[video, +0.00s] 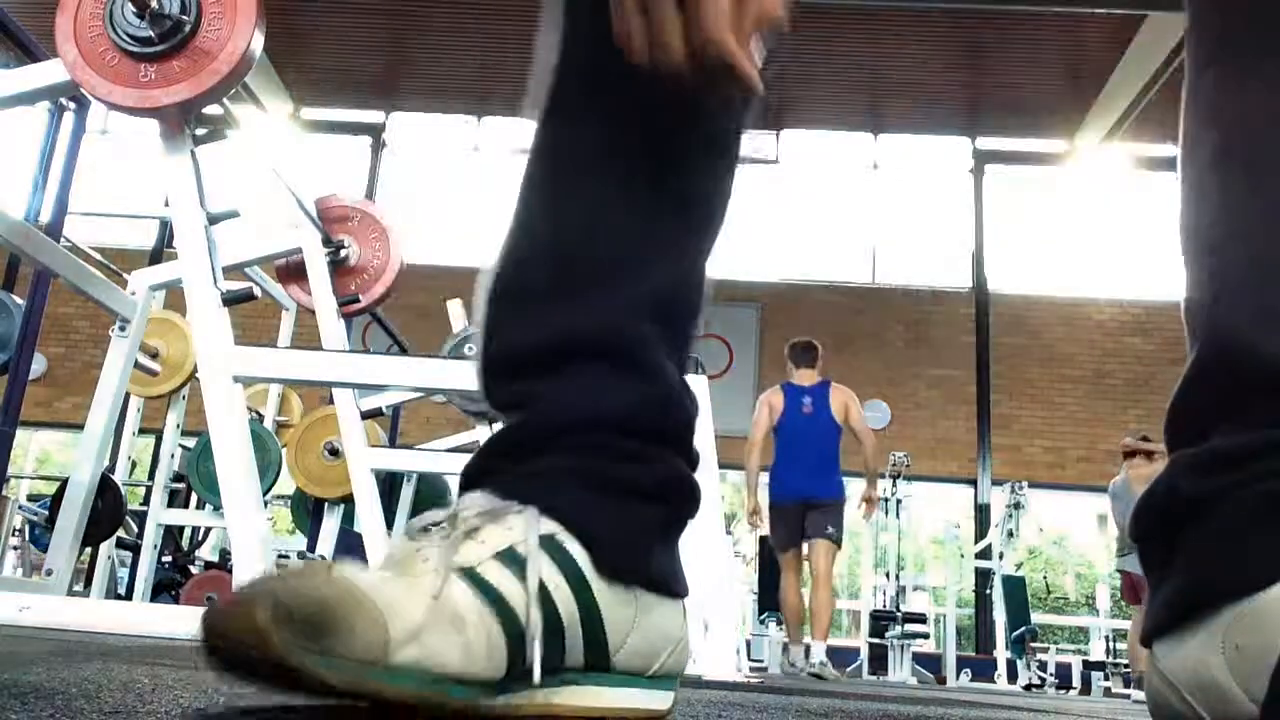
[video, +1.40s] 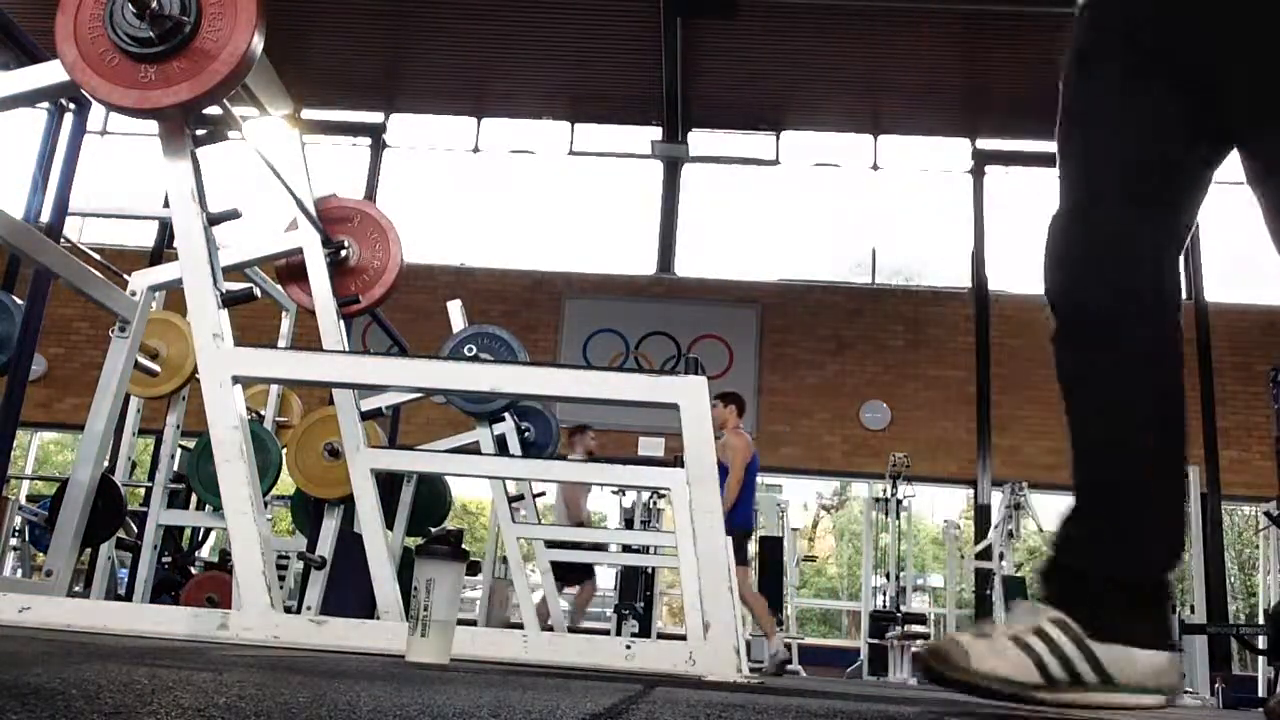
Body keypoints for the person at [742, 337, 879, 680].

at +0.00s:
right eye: (820, 361)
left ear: (789, 364)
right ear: (820, 362)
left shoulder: (771, 397)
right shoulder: (842, 395)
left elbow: (754, 447)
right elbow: (869, 441)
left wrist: (751, 497)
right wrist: (872, 485)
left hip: (785, 496)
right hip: (826, 495)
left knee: (789, 572)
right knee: (822, 573)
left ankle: (795, 654)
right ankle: (819, 655)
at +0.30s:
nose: (776, 389)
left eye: (776, 384)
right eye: (776, 384)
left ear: (783, 382)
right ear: (807, 382)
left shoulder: (772, 416)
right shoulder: (830, 413)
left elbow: (758, 469)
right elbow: (846, 462)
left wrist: (754, 512)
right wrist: (849, 504)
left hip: (784, 513)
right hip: (821, 513)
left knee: (790, 584)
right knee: (821, 582)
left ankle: (799, 658)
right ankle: (830, 638)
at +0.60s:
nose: (764, 401)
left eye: (767, 395)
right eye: (764, 396)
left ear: (782, 393)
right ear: (795, 396)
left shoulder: (771, 423)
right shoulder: (825, 429)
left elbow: (754, 466)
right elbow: (833, 479)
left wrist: (742, 504)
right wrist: (832, 519)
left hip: (776, 517)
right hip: (807, 519)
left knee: (786, 585)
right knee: (798, 585)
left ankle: (800, 657)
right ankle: (798, 653)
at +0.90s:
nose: (755, 406)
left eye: (759, 400)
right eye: (756, 400)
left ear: (774, 402)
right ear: (780, 404)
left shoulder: (769, 430)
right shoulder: (799, 436)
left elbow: (760, 474)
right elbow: (801, 484)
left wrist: (743, 513)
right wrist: (793, 513)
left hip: (768, 516)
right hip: (790, 518)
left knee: (755, 581)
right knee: (777, 583)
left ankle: (790, 631)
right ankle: (786, 656)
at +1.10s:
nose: (742, 407)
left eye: (746, 402)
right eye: (743, 402)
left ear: (763, 405)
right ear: (766, 408)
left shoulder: (762, 432)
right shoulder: (780, 435)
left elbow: (760, 474)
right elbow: (777, 482)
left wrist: (746, 511)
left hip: (757, 518)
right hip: (776, 520)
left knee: (730, 574)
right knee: (772, 583)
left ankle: (751, 638)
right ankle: (781, 653)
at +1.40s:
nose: (712, 412)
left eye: (716, 407)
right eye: (713, 408)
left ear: (732, 411)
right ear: (732, 412)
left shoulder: (736, 439)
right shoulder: (735, 439)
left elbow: (735, 479)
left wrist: (720, 512)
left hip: (733, 523)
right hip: (737, 523)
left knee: (741, 587)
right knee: (743, 588)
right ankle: (775, 645)